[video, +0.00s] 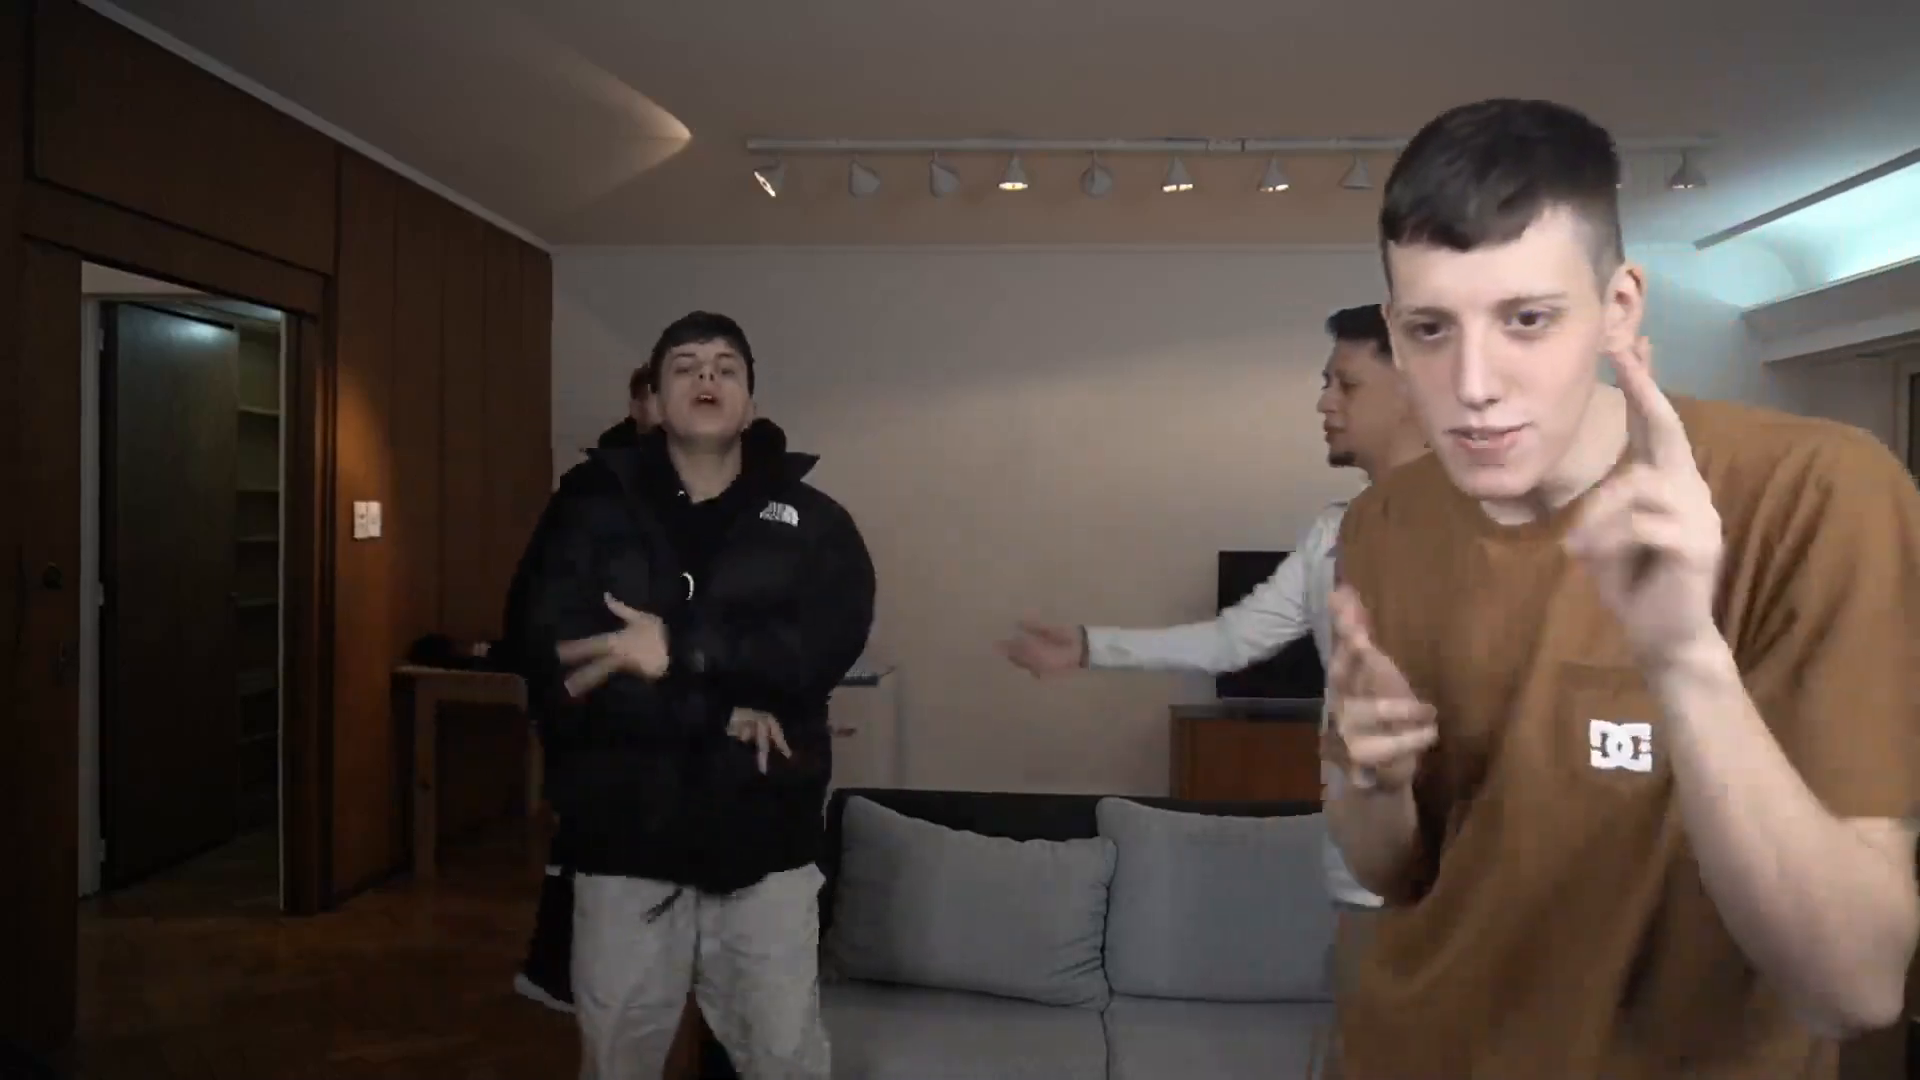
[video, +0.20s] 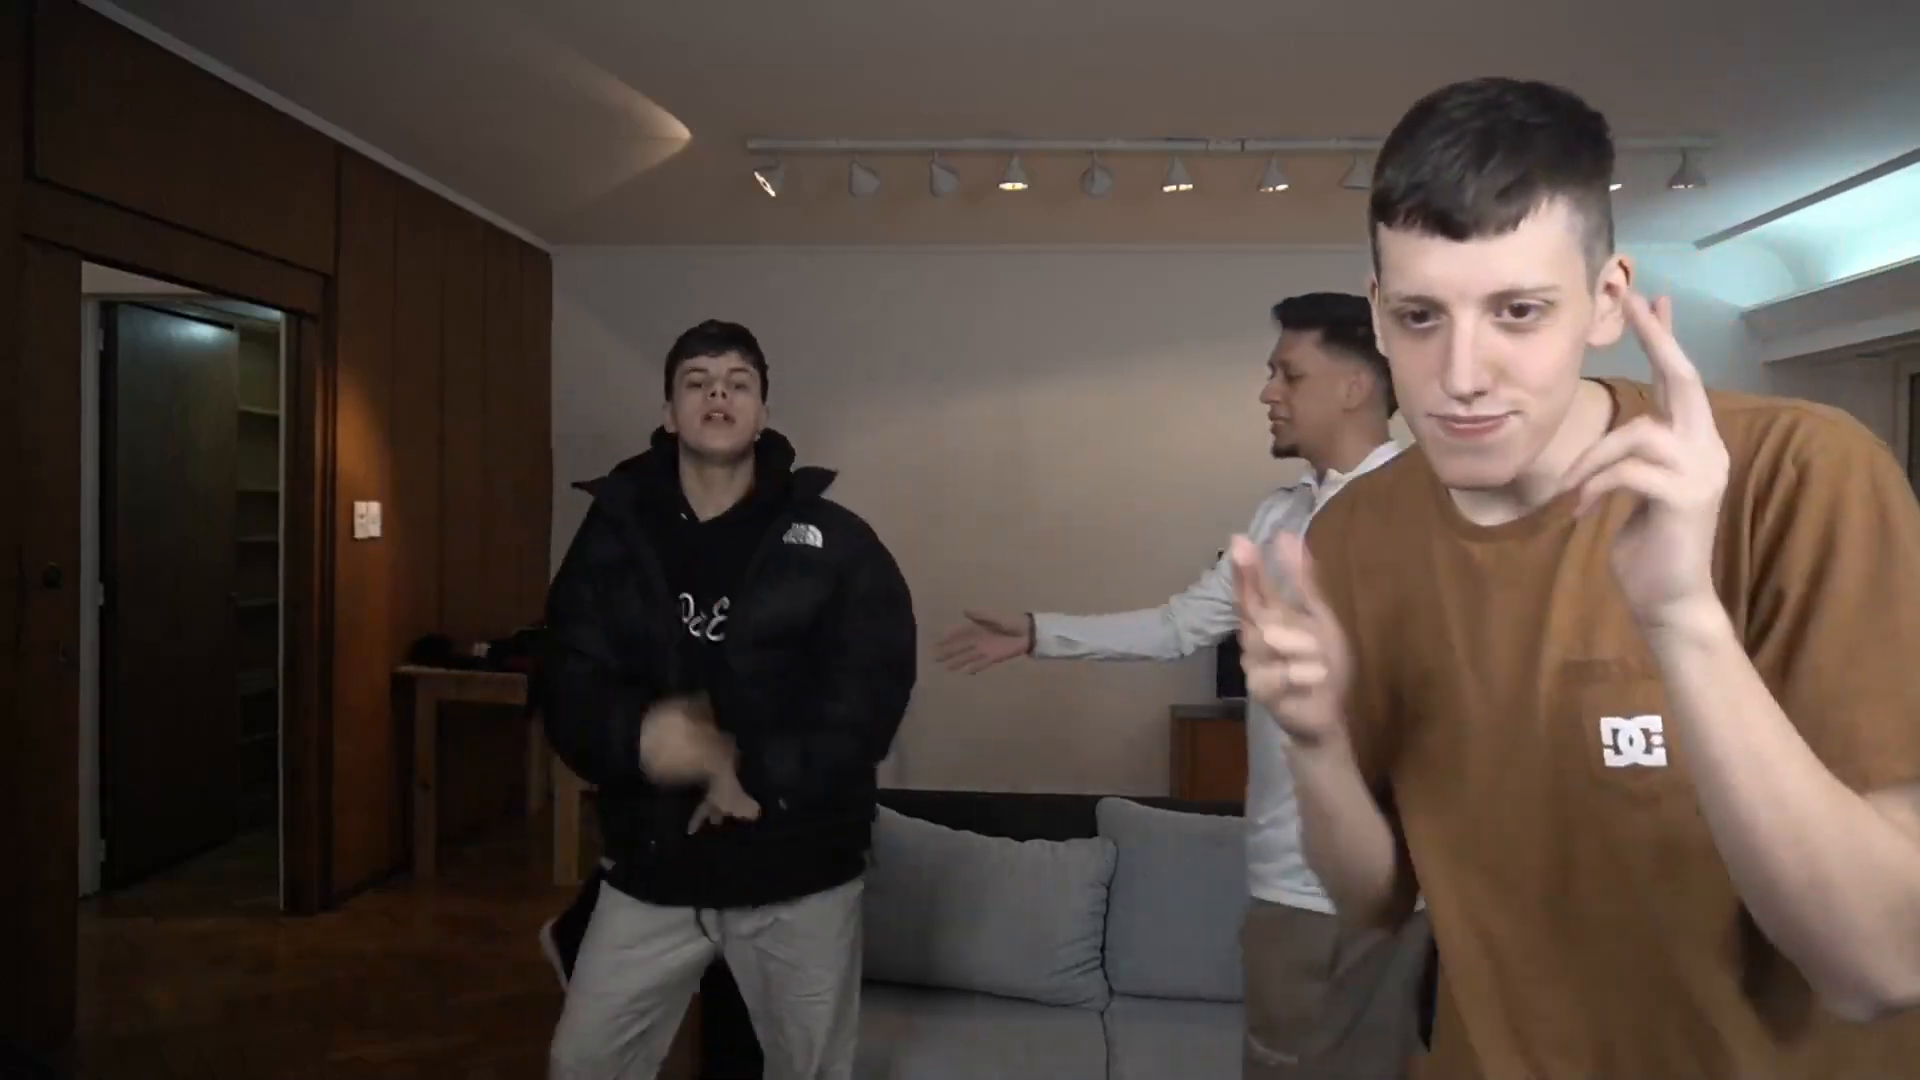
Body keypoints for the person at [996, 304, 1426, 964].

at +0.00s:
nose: (1323, 405)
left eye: (1344, 384)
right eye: (1328, 384)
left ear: (1411, 389)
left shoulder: (1480, 528)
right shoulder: (1333, 538)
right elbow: (1233, 640)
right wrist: (1088, 648)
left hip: (1485, 866)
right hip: (1369, 875)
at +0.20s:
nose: (1268, 393)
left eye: (1289, 373)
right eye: (1272, 374)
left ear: (1357, 386)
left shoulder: (1420, 514)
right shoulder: (1281, 519)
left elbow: (1458, 693)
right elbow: (1181, 627)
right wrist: (1034, 634)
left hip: (1385, 875)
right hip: (1291, 867)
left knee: (1341, 1063)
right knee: (1285, 1057)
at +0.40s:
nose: (1208, 395)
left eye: (1228, 374)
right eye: (1213, 373)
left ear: (1295, 386)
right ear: (1290, 386)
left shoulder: (1353, 513)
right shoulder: (1240, 506)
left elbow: (1383, 713)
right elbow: (1135, 624)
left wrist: (1364, 894)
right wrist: (977, 638)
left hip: (1317, 877)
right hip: (1230, 860)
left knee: (1305, 1066)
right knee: (1224, 1059)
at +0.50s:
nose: (1180, 398)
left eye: (1199, 376)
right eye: (1182, 376)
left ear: (1268, 383)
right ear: (1262, 385)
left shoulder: (1327, 509)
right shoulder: (1224, 502)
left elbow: (1366, 734)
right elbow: (1122, 627)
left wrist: (1292, 883)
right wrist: (967, 641)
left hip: (1279, 873)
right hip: (1200, 848)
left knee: (1258, 1062)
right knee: (1183, 1047)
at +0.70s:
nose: (1133, 404)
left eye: (1150, 383)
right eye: (1137, 383)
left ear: (1217, 389)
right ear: (1208, 390)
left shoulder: (1291, 514)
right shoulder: (1166, 511)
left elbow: (1326, 736)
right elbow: (1125, 646)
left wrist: (1215, 868)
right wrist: (993, 683)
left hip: (1242, 906)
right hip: (1146, 882)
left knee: (1229, 1074)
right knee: (1138, 1064)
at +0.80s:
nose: (1113, 401)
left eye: (1128, 381)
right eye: (1116, 380)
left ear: (1195, 389)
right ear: (1186, 391)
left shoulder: (1261, 516)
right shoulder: (1155, 498)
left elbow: (1312, 726)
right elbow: (1131, 666)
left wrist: (1223, 878)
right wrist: (1041, 748)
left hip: (1219, 887)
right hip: (1123, 859)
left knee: (1212, 1071)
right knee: (1094, 1054)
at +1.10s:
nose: (1052, 406)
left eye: (1071, 386)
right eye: (1056, 384)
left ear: (1135, 397)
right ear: (1127, 397)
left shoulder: (1207, 530)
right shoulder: (1084, 508)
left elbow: (1271, 715)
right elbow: (1097, 680)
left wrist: (1271, 904)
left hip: (1164, 898)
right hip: (1063, 870)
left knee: (1159, 1070)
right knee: (1057, 1055)